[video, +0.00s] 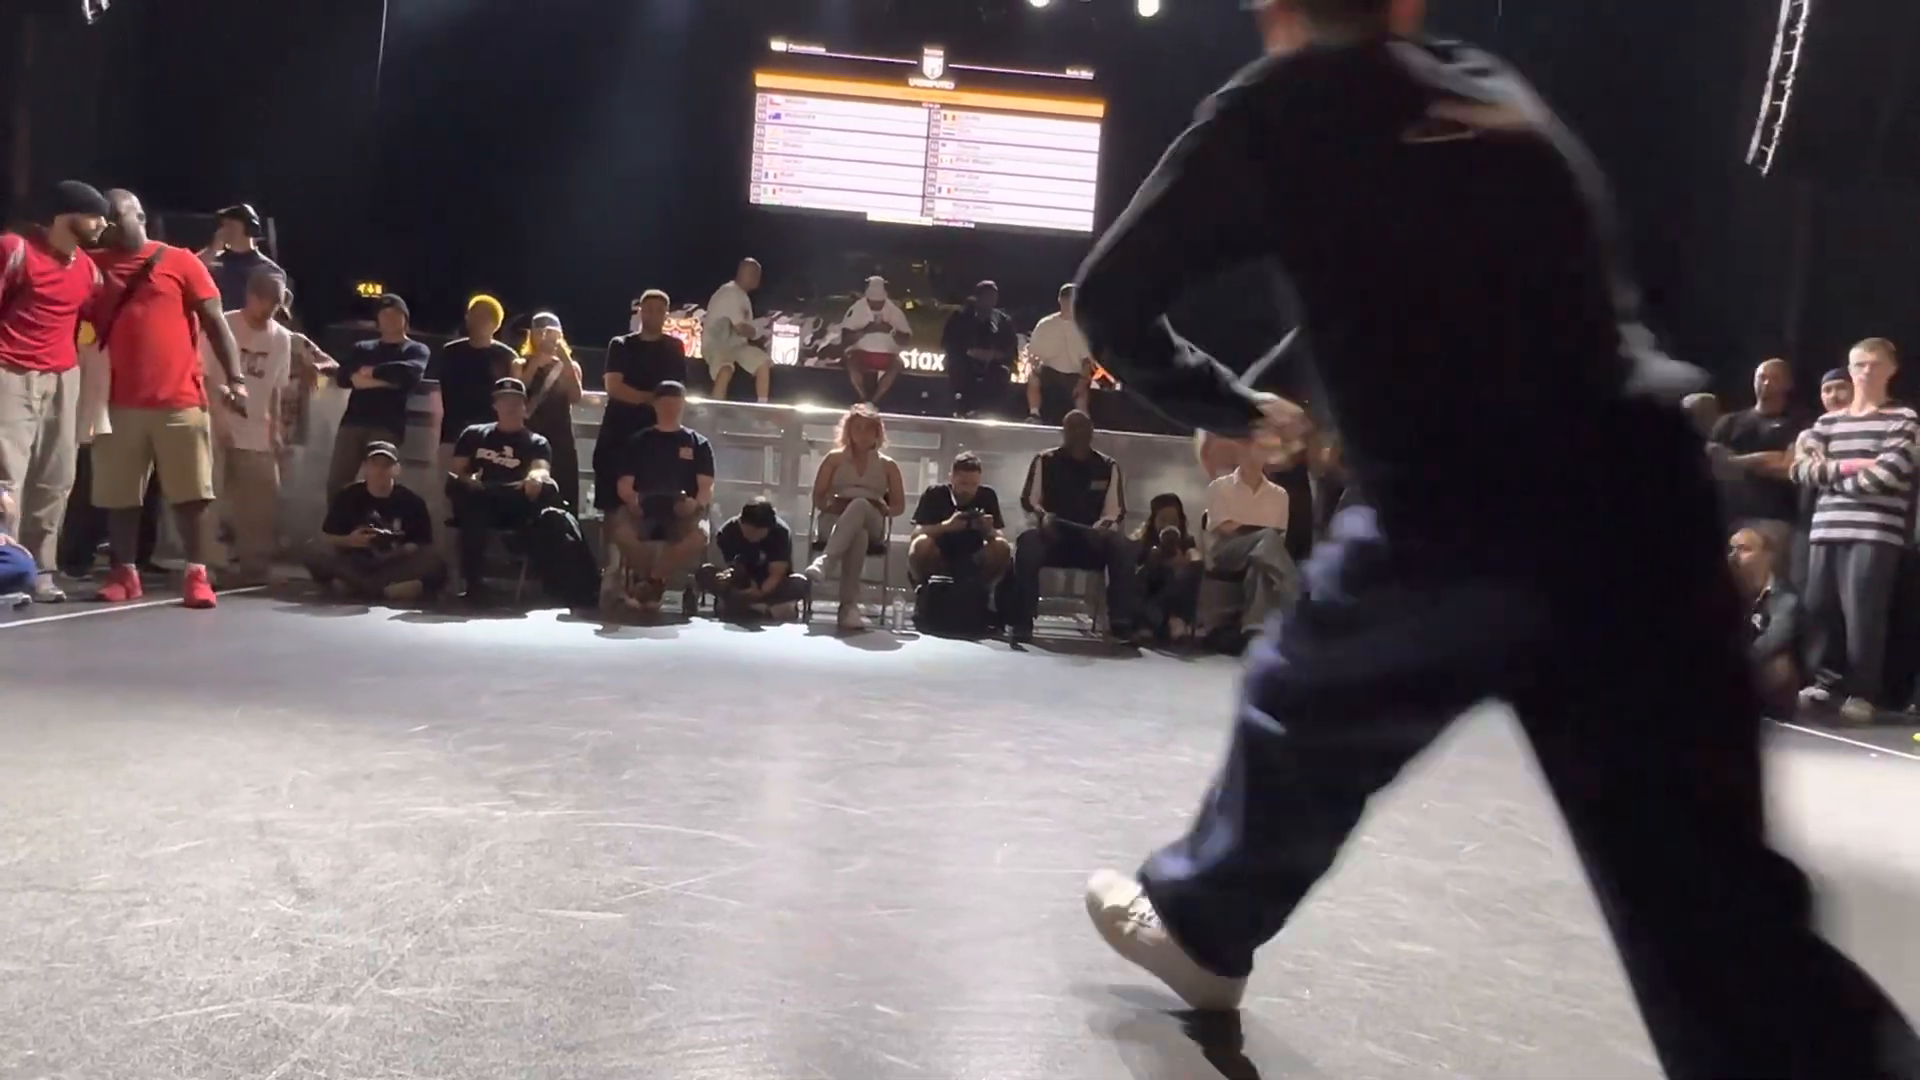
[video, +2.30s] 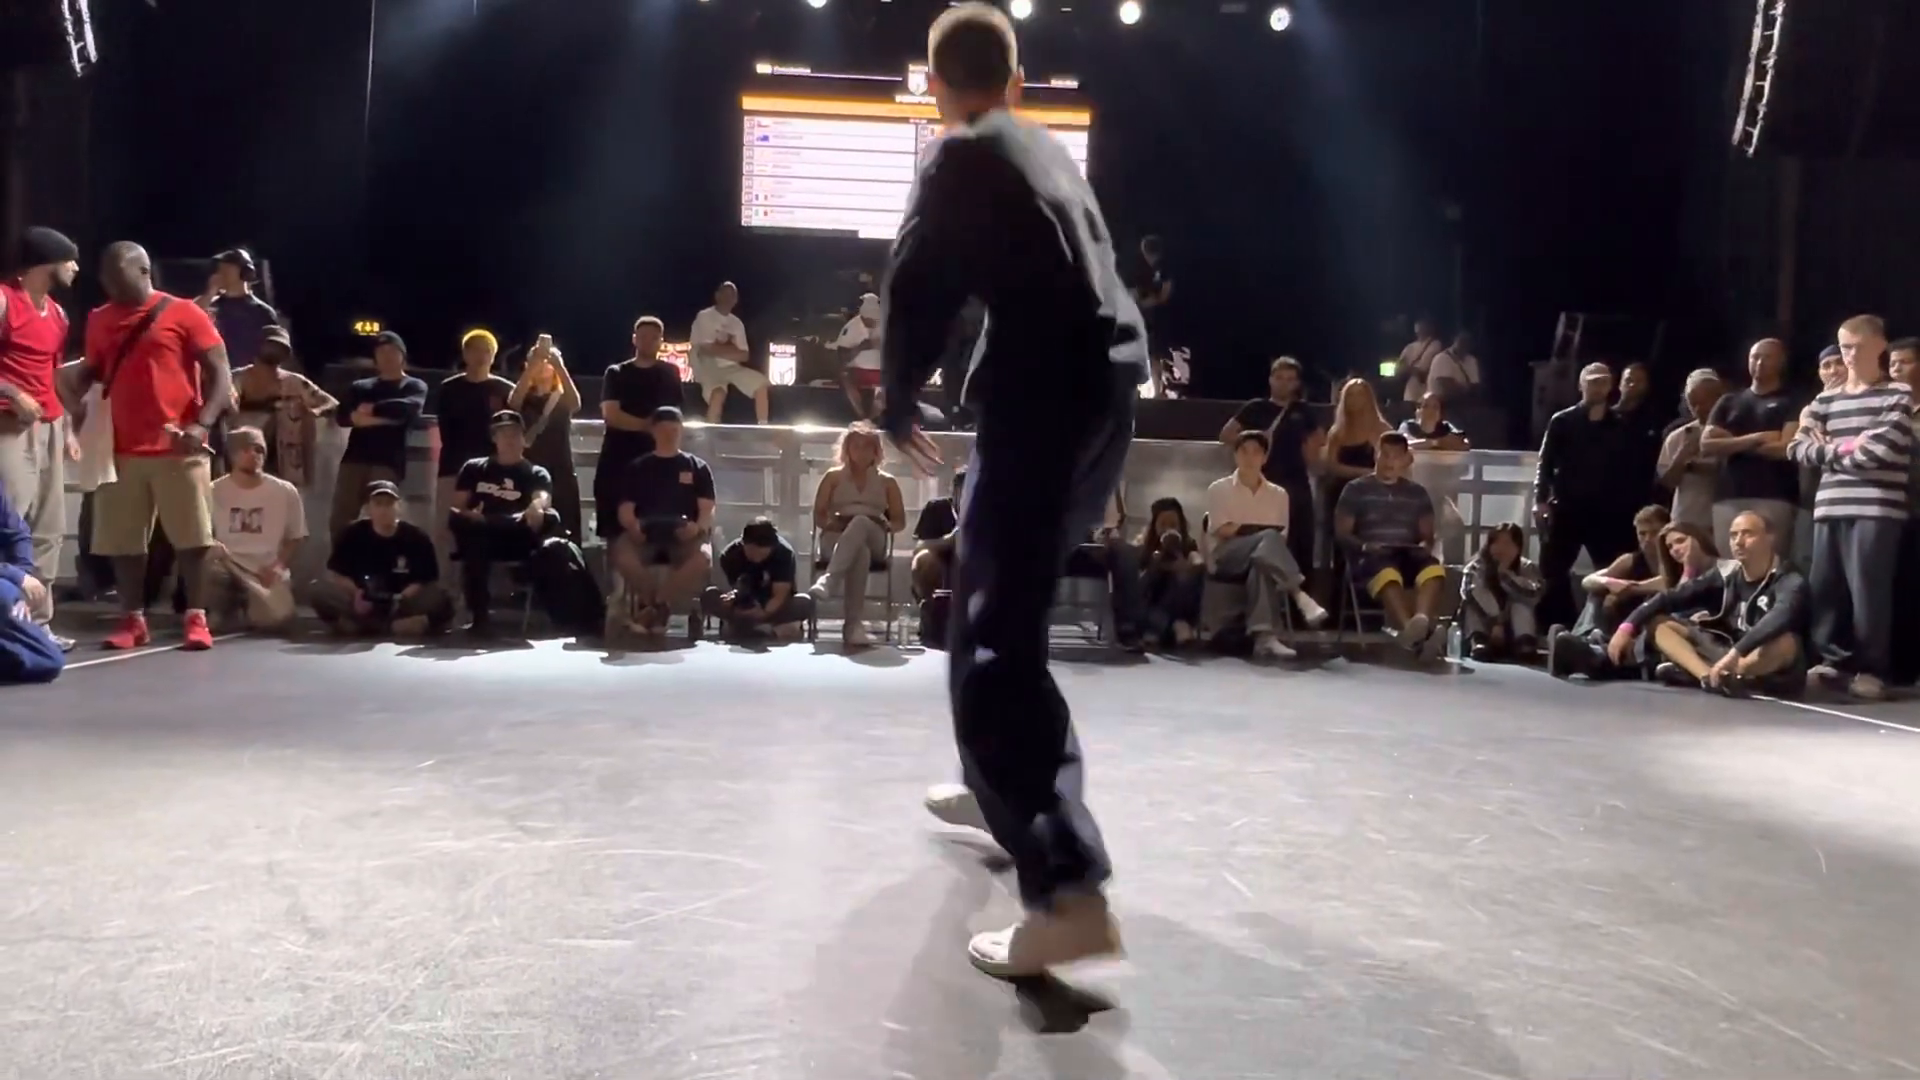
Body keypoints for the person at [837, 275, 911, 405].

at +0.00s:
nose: (876, 305)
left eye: (880, 301)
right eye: (873, 301)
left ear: (885, 298)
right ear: (867, 298)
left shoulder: (894, 310)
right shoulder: (856, 309)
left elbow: (905, 340)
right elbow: (845, 339)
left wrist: (891, 330)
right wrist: (866, 330)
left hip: (887, 354)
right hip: (860, 352)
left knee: (897, 365)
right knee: (851, 362)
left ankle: (874, 401)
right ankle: (863, 398)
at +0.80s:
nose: (859, 303)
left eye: (862, 300)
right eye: (855, 300)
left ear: (867, 296)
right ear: (849, 296)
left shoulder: (876, 307)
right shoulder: (840, 307)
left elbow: (890, 337)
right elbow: (828, 339)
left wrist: (875, 327)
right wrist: (849, 328)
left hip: (871, 353)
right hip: (845, 351)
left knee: (882, 364)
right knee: (833, 357)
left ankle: (858, 400)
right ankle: (849, 398)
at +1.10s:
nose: (861, 313)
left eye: (865, 310)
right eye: (857, 310)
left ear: (870, 307)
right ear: (851, 306)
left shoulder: (879, 319)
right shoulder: (841, 318)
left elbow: (891, 347)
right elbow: (831, 349)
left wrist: (876, 338)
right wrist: (850, 338)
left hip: (873, 363)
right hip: (847, 361)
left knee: (883, 374)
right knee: (836, 371)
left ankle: (860, 411)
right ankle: (852, 410)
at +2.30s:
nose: (873, 323)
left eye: (876, 319)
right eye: (870, 319)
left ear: (879, 317)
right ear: (862, 316)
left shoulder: (883, 326)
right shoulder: (852, 328)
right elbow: (842, 357)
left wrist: (881, 343)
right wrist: (862, 346)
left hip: (880, 374)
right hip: (859, 373)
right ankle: (862, 416)